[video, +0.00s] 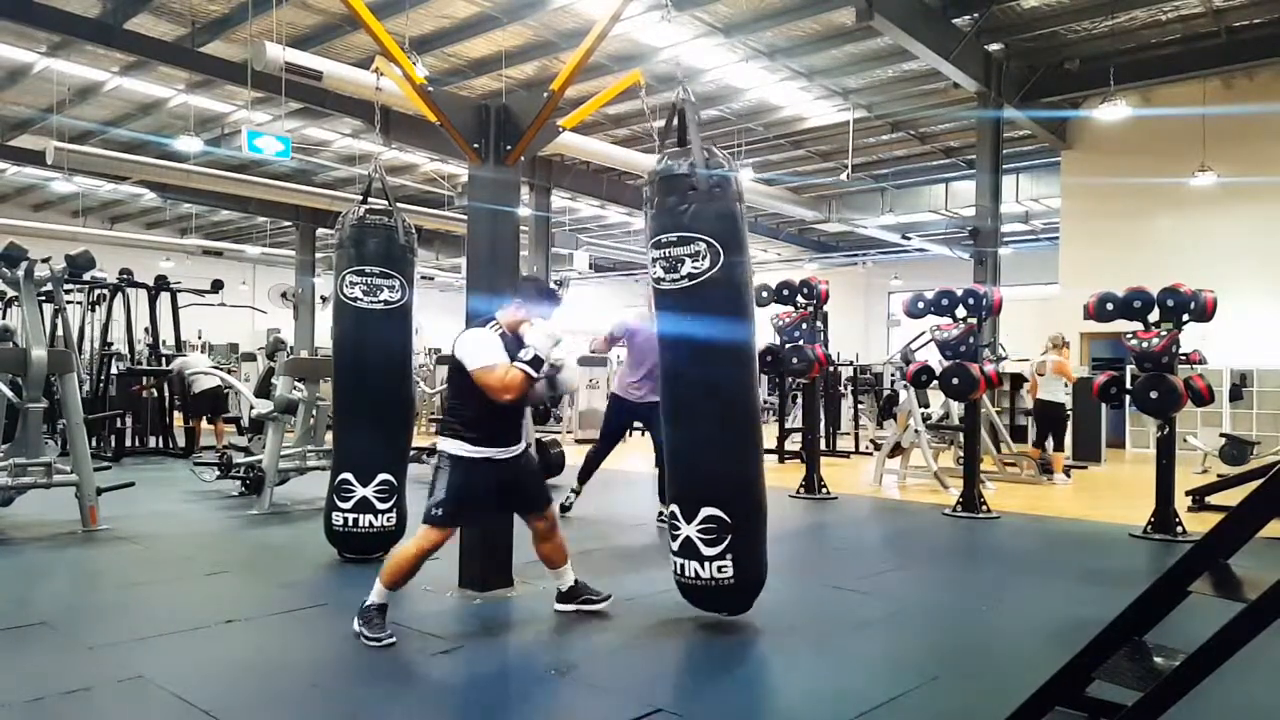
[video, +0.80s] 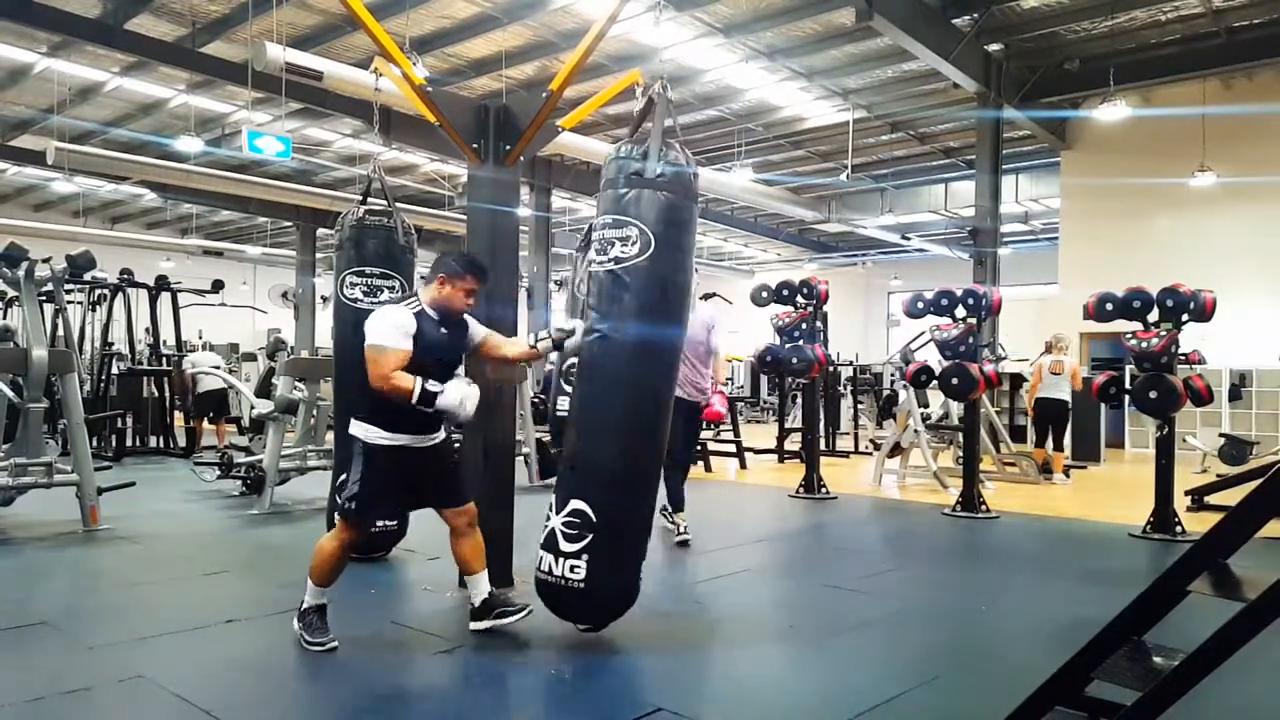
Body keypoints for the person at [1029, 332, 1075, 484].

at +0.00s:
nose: (1064, 350)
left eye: (1063, 348)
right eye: (1063, 348)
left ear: (1048, 346)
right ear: (1061, 347)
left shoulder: (1037, 362)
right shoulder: (1060, 362)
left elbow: (1033, 387)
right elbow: (1071, 378)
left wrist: (1036, 401)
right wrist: (1066, 360)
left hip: (1040, 402)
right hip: (1057, 403)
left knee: (1040, 437)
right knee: (1059, 440)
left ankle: (1028, 468)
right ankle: (1058, 473)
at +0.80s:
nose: (1067, 349)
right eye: (1068, 347)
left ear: (1052, 346)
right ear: (1067, 347)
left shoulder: (1042, 361)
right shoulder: (1073, 363)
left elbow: (1034, 384)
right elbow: (1078, 386)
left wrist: (1029, 404)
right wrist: (1069, 377)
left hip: (1042, 400)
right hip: (1062, 402)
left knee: (1040, 438)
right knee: (1058, 440)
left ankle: (1035, 470)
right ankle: (1058, 473)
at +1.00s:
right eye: (1064, 349)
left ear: (1047, 347)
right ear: (1063, 349)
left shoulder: (1036, 362)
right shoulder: (1067, 364)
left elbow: (1028, 383)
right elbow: (1074, 385)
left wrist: (1027, 402)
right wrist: (1066, 397)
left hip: (1037, 400)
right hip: (1056, 401)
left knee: (1037, 438)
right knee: (1057, 440)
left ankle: (1035, 471)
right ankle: (1058, 473)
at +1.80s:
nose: (1055, 363)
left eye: (1056, 361)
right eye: (1057, 361)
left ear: (1058, 363)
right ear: (1070, 363)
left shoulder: (1052, 377)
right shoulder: (1078, 378)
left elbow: (1048, 392)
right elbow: (1085, 394)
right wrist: (1080, 407)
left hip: (1053, 400)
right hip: (1072, 401)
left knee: (1045, 439)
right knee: (1073, 440)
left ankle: (1039, 471)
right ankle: (1075, 473)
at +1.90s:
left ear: (1057, 377)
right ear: (1071, 378)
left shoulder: (1051, 381)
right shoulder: (1078, 384)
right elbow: (1089, 397)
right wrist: (1084, 409)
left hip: (1057, 401)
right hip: (1076, 403)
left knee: (1049, 438)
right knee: (1075, 440)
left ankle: (1038, 469)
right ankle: (1076, 473)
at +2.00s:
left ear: (1058, 386)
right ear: (1071, 385)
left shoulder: (1055, 390)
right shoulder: (1079, 389)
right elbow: (1090, 398)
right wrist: (1085, 412)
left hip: (1059, 403)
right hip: (1079, 404)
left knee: (1049, 439)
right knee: (1076, 441)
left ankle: (1039, 470)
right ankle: (1075, 473)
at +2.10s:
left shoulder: (1058, 395)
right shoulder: (1084, 396)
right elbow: (1091, 400)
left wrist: (1050, 453)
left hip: (1061, 405)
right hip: (1080, 406)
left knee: (1049, 437)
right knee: (1077, 441)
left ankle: (1038, 470)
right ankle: (1075, 473)